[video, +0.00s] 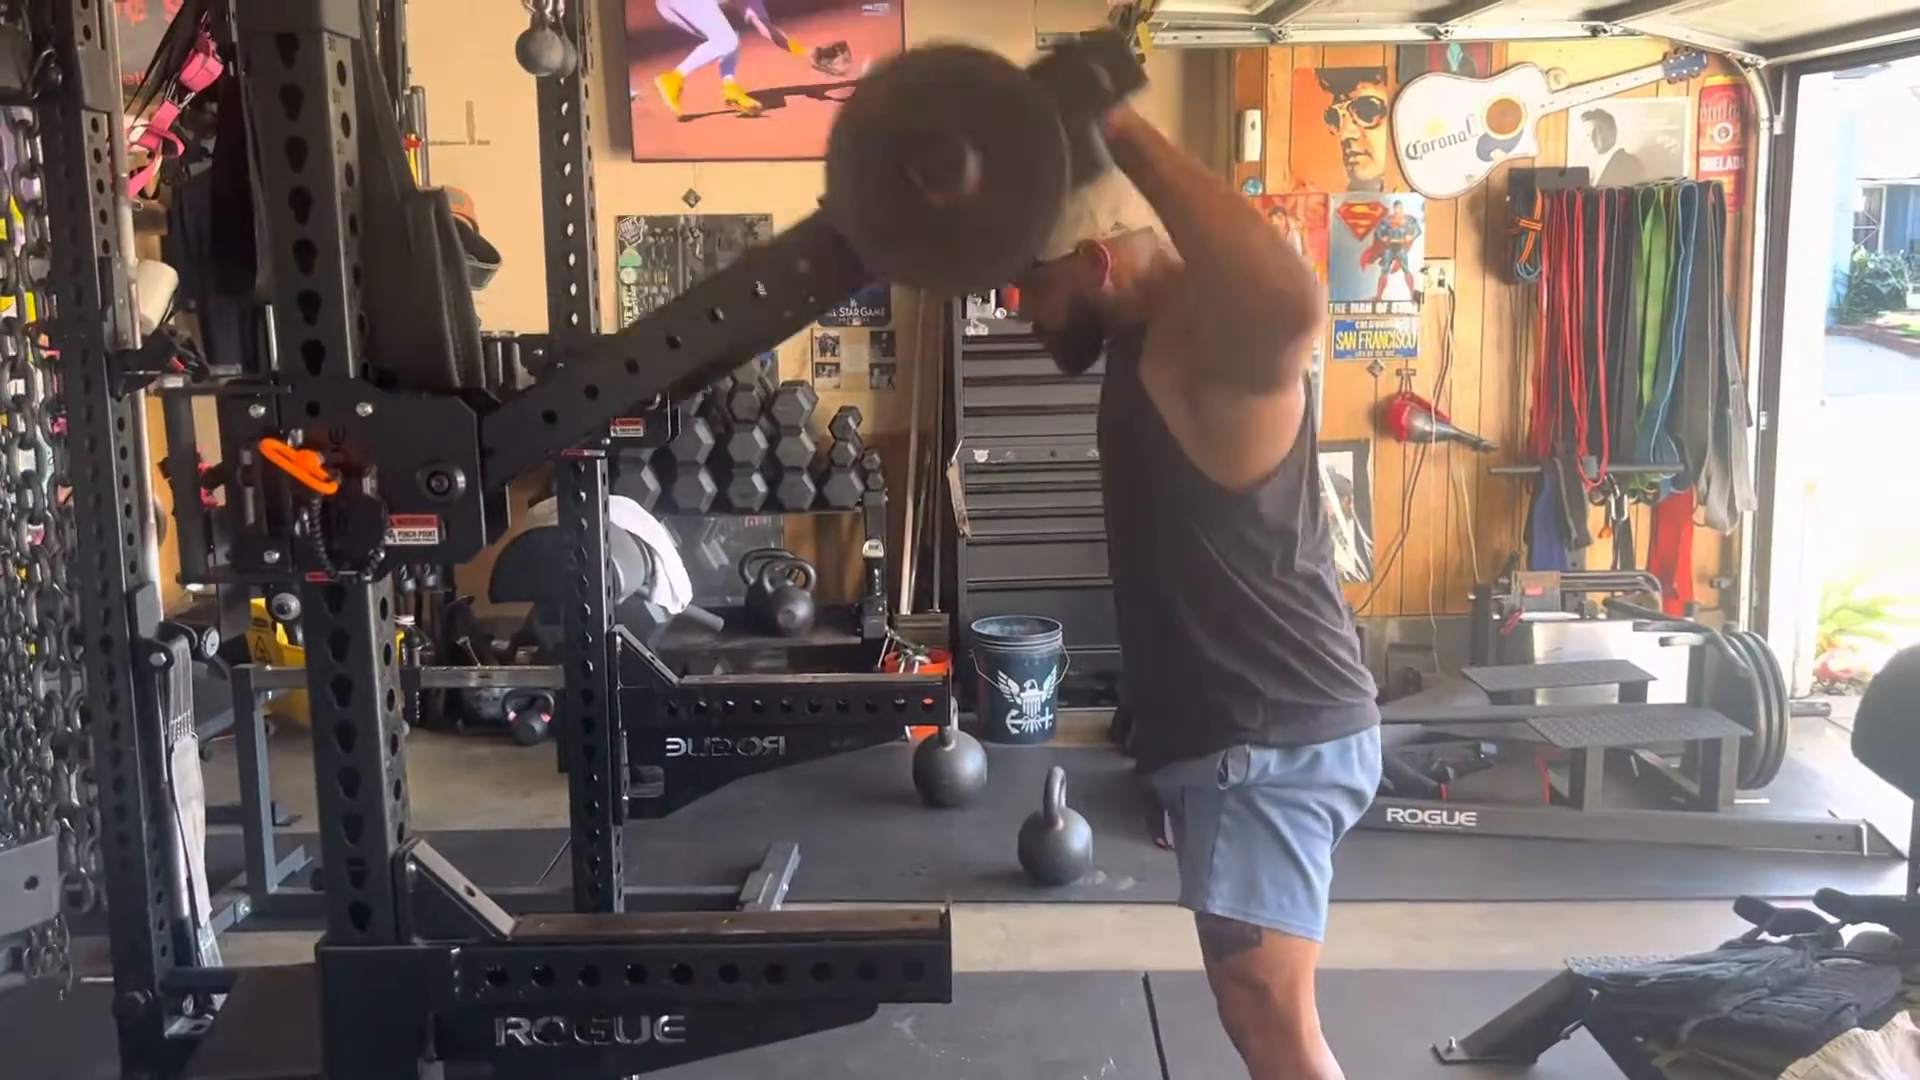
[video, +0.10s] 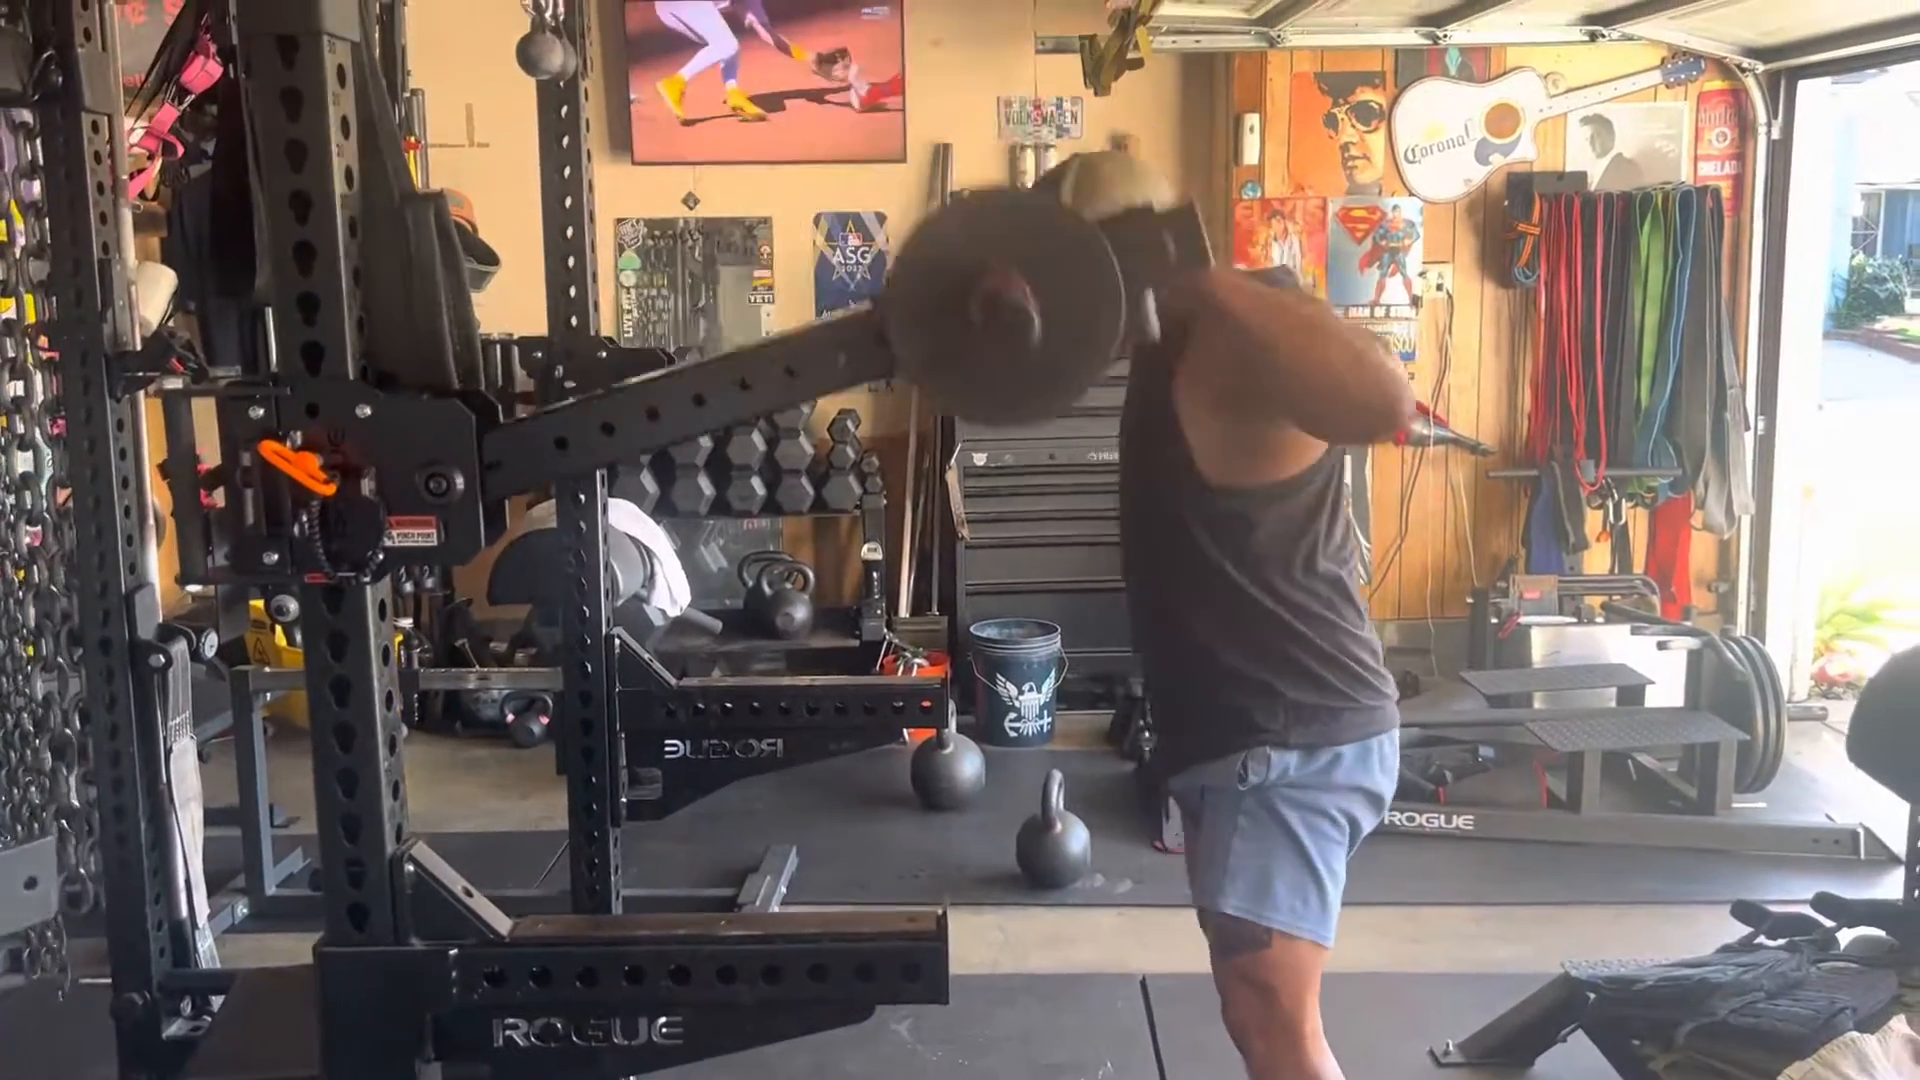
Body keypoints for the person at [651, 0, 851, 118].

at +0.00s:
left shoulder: (754, 5)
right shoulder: (752, 5)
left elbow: (771, 31)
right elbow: (769, 33)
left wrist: (805, 52)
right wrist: (805, 52)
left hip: (682, 4)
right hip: (681, 1)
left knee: (730, 42)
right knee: (724, 40)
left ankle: (730, 90)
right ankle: (674, 78)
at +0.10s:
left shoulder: (747, 4)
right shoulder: (750, 3)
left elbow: (772, 38)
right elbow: (771, 37)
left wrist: (808, 57)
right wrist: (808, 57)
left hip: (669, 5)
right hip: (685, 1)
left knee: (729, 46)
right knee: (726, 44)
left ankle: (734, 96)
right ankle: (675, 83)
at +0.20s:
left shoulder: (750, 8)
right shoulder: (750, 7)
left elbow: (771, 41)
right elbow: (770, 40)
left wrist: (807, 64)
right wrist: (807, 64)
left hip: (672, 8)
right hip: (686, 4)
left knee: (731, 52)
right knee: (725, 49)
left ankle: (737, 103)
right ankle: (678, 87)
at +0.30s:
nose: (760, 9)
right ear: (751, 5)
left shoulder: (749, 10)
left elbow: (771, 45)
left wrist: (805, 67)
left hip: (669, 12)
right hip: (684, 7)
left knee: (729, 56)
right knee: (726, 53)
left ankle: (739, 108)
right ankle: (680, 91)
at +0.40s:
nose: (761, 10)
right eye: (759, 10)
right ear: (752, 8)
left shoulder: (748, 15)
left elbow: (769, 47)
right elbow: (767, 45)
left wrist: (802, 74)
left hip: (667, 17)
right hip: (686, 11)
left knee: (730, 63)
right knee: (725, 58)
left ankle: (738, 113)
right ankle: (683, 98)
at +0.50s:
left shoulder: (743, 19)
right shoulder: (750, 12)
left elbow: (765, 48)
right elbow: (766, 45)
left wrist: (799, 79)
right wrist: (801, 79)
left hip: (671, 23)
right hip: (686, 17)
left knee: (731, 68)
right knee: (726, 64)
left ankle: (738, 118)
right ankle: (687, 103)